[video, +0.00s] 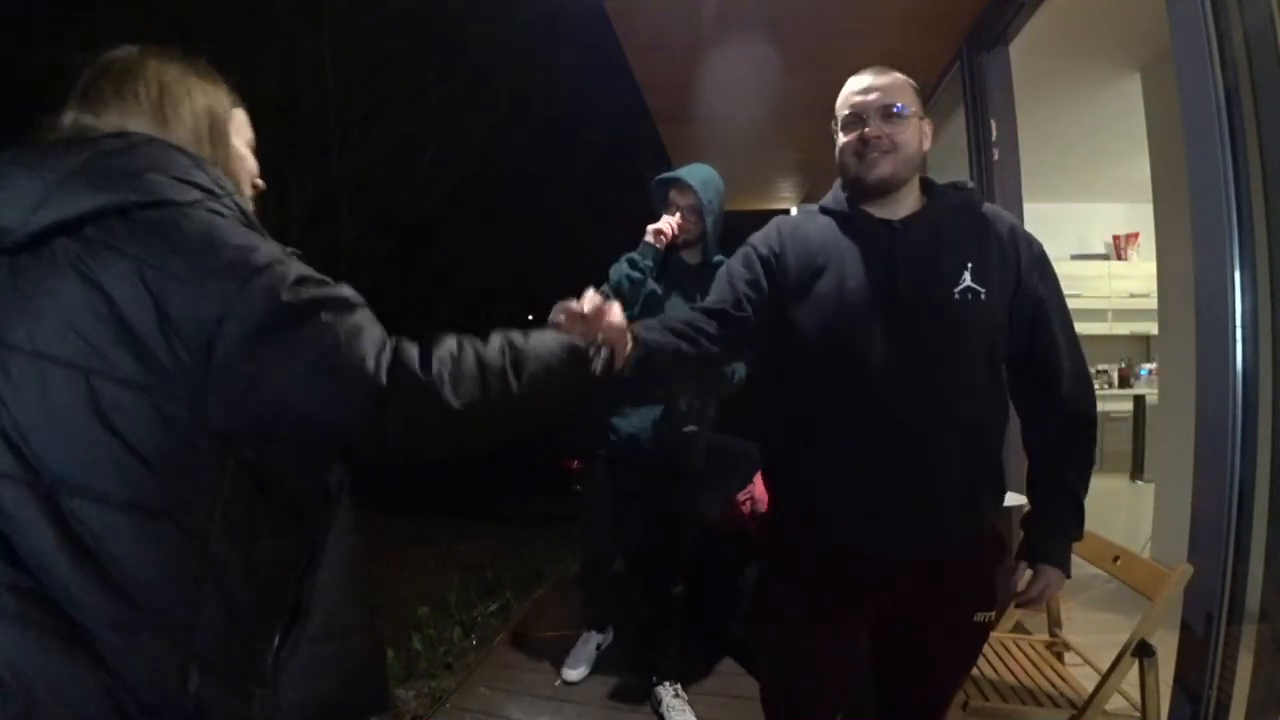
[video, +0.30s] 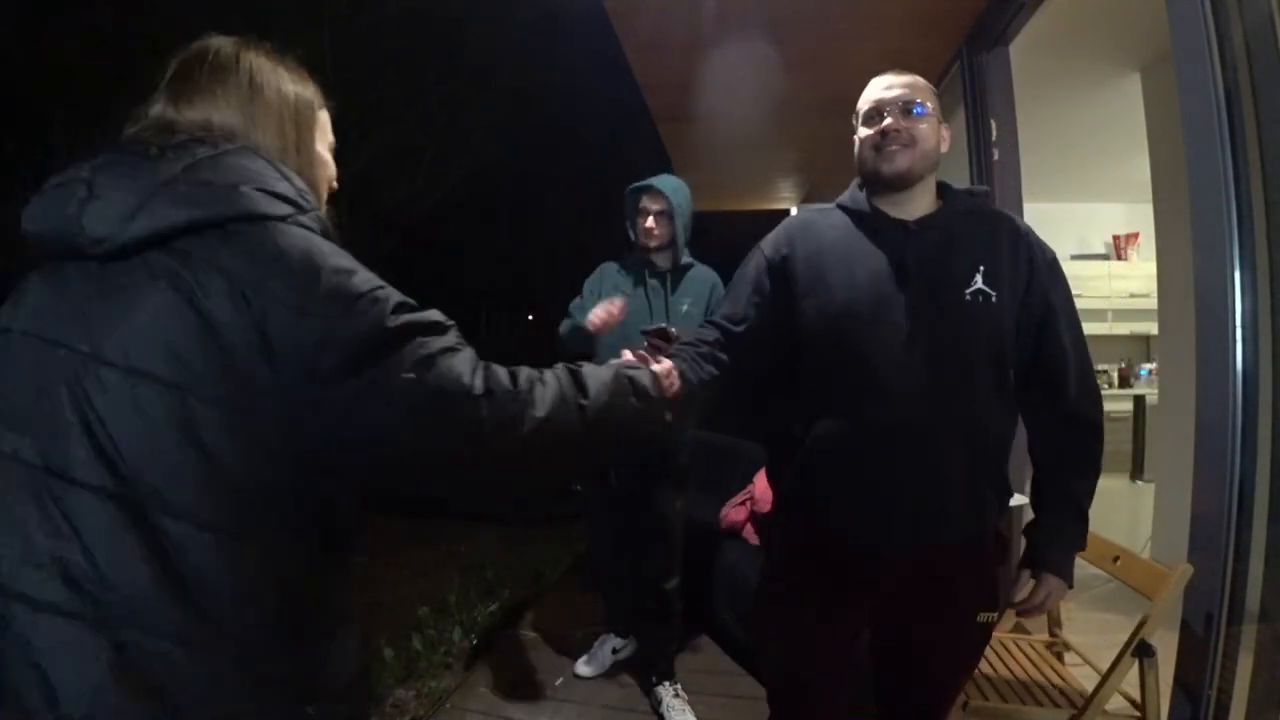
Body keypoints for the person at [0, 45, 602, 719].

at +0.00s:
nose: (259, 176)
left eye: (255, 153)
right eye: (248, 152)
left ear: (104, 133)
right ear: (195, 145)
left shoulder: (25, 235)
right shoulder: (190, 244)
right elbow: (390, 390)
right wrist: (573, 352)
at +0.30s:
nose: (334, 180)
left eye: (333, 155)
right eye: (324, 155)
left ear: (176, 133)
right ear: (274, 148)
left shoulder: (45, 273)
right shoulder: (282, 269)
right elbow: (479, 411)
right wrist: (632, 389)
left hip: (36, 671)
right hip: (218, 675)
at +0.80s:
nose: (415, 171)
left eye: (413, 155)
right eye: (409, 152)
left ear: (252, 123)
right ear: (384, 145)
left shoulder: (118, 283)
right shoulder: (402, 268)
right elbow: (603, 357)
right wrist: (659, 244)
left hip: (94, 677)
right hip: (338, 679)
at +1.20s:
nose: (415, 207)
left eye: (414, 193)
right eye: (412, 191)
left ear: (291, 157)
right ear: (392, 182)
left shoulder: (176, 263)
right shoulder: (383, 273)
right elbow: (564, 381)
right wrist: (638, 285)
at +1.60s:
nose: (395, 242)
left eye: (396, 226)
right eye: (391, 224)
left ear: (295, 191)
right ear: (361, 213)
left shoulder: (212, 265)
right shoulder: (335, 289)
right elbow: (456, 424)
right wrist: (593, 440)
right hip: (223, 625)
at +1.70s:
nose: (393, 235)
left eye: (395, 217)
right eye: (388, 215)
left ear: (306, 194)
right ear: (347, 203)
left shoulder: (213, 263)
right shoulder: (318, 287)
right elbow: (429, 418)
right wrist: (567, 421)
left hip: (135, 598)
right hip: (208, 628)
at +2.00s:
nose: (346, 202)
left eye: (345, 182)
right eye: (331, 176)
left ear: (273, 176)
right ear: (274, 171)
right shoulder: (211, 261)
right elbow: (294, 449)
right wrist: (482, 483)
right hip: (162, 664)